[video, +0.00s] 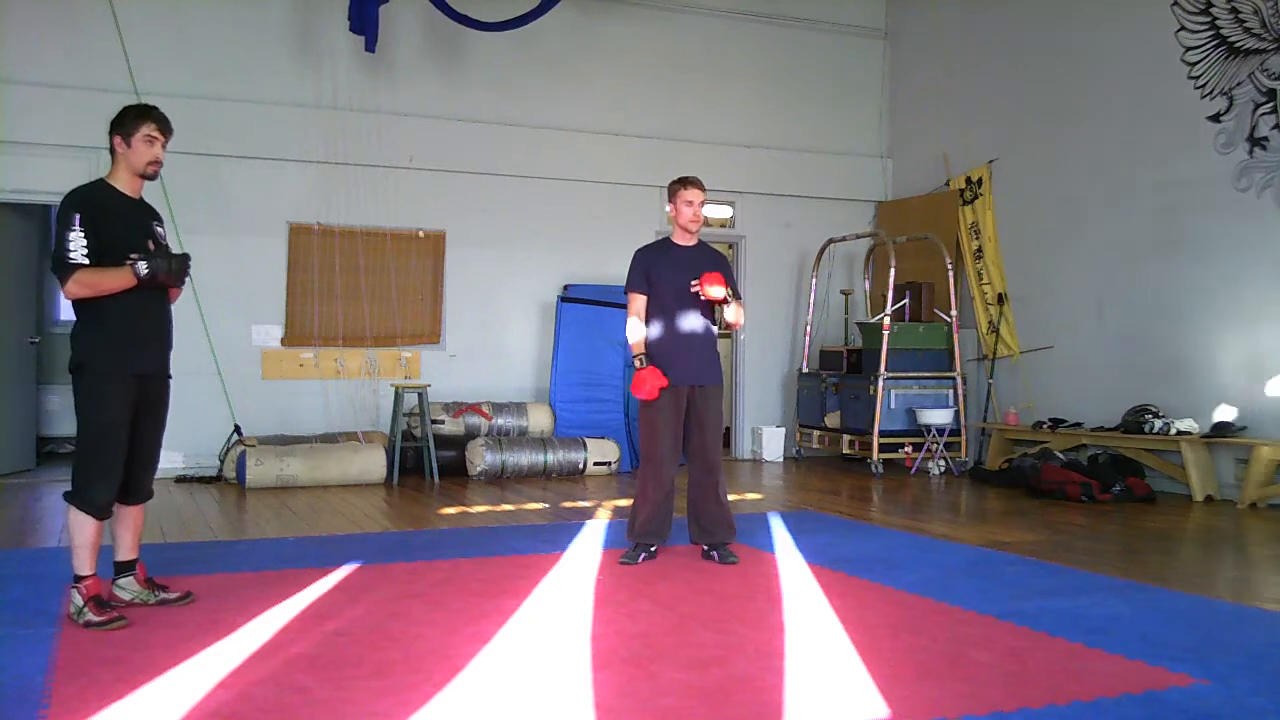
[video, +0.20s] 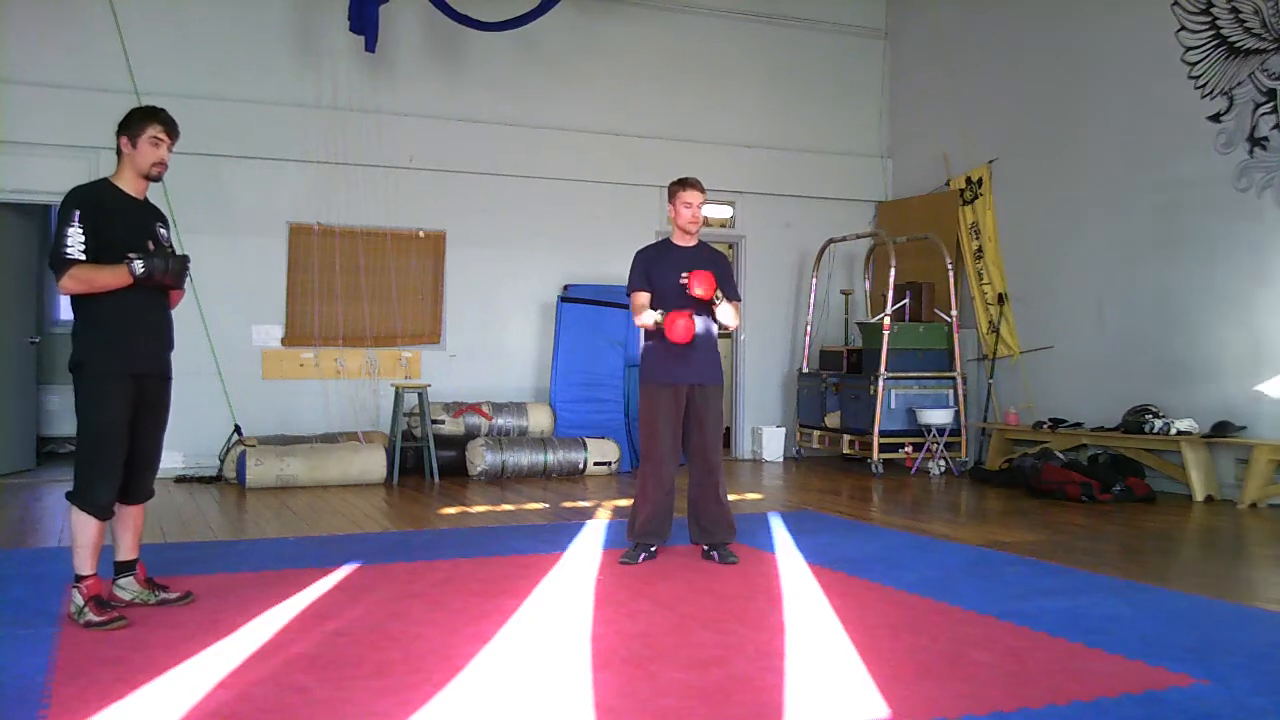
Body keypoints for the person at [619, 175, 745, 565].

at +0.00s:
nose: (696, 210)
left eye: (700, 204)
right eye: (689, 203)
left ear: (705, 210)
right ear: (671, 208)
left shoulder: (717, 260)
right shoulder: (647, 256)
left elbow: (736, 320)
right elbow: (635, 316)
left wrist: (723, 298)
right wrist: (641, 362)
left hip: (707, 374)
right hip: (662, 373)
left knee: (708, 460)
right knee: (657, 459)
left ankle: (714, 539)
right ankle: (646, 539)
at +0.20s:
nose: (695, 212)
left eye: (700, 206)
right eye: (688, 205)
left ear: (705, 211)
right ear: (671, 209)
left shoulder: (717, 260)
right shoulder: (648, 257)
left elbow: (732, 321)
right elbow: (640, 312)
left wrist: (716, 301)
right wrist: (658, 320)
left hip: (706, 372)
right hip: (661, 372)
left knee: (708, 458)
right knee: (657, 456)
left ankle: (713, 539)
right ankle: (647, 539)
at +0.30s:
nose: (694, 214)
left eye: (699, 208)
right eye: (686, 207)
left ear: (704, 212)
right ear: (671, 210)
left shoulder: (717, 260)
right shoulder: (649, 256)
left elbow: (730, 320)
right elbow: (648, 310)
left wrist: (711, 290)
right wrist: (671, 284)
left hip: (706, 371)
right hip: (661, 370)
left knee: (708, 458)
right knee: (657, 455)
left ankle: (713, 538)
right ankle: (646, 538)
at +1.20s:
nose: (707, 218)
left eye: (713, 213)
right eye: (701, 210)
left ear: (717, 216)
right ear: (684, 210)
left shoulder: (722, 262)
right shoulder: (656, 255)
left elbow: (736, 321)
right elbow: (650, 312)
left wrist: (720, 313)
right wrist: (674, 337)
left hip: (712, 369)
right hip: (668, 367)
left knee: (715, 456)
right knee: (663, 453)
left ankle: (721, 538)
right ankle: (652, 538)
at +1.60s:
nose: (710, 217)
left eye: (715, 211)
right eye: (703, 209)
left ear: (719, 215)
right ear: (686, 209)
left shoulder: (724, 261)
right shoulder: (658, 256)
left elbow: (738, 321)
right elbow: (647, 318)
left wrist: (725, 314)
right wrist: (646, 367)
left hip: (715, 374)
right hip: (671, 371)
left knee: (717, 458)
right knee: (665, 456)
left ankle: (722, 538)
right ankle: (654, 538)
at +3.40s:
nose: (651, 206)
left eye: (657, 200)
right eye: (644, 199)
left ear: (665, 205)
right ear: (630, 204)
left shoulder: (678, 257)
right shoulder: (608, 253)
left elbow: (694, 316)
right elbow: (598, 315)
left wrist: (671, 305)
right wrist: (598, 364)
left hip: (666, 371)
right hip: (621, 368)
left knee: (667, 454)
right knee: (614, 454)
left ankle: (672, 534)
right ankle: (604, 534)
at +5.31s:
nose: (656, 209)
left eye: (662, 202)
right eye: (649, 202)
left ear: (668, 208)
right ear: (634, 208)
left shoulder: (682, 260)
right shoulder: (613, 256)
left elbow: (700, 318)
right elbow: (605, 318)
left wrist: (677, 309)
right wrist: (607, 369)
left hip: (674, 374)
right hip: (629, 372)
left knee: (676, 457)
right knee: (623, 457)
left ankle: (682, 536)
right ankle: (613, 538)